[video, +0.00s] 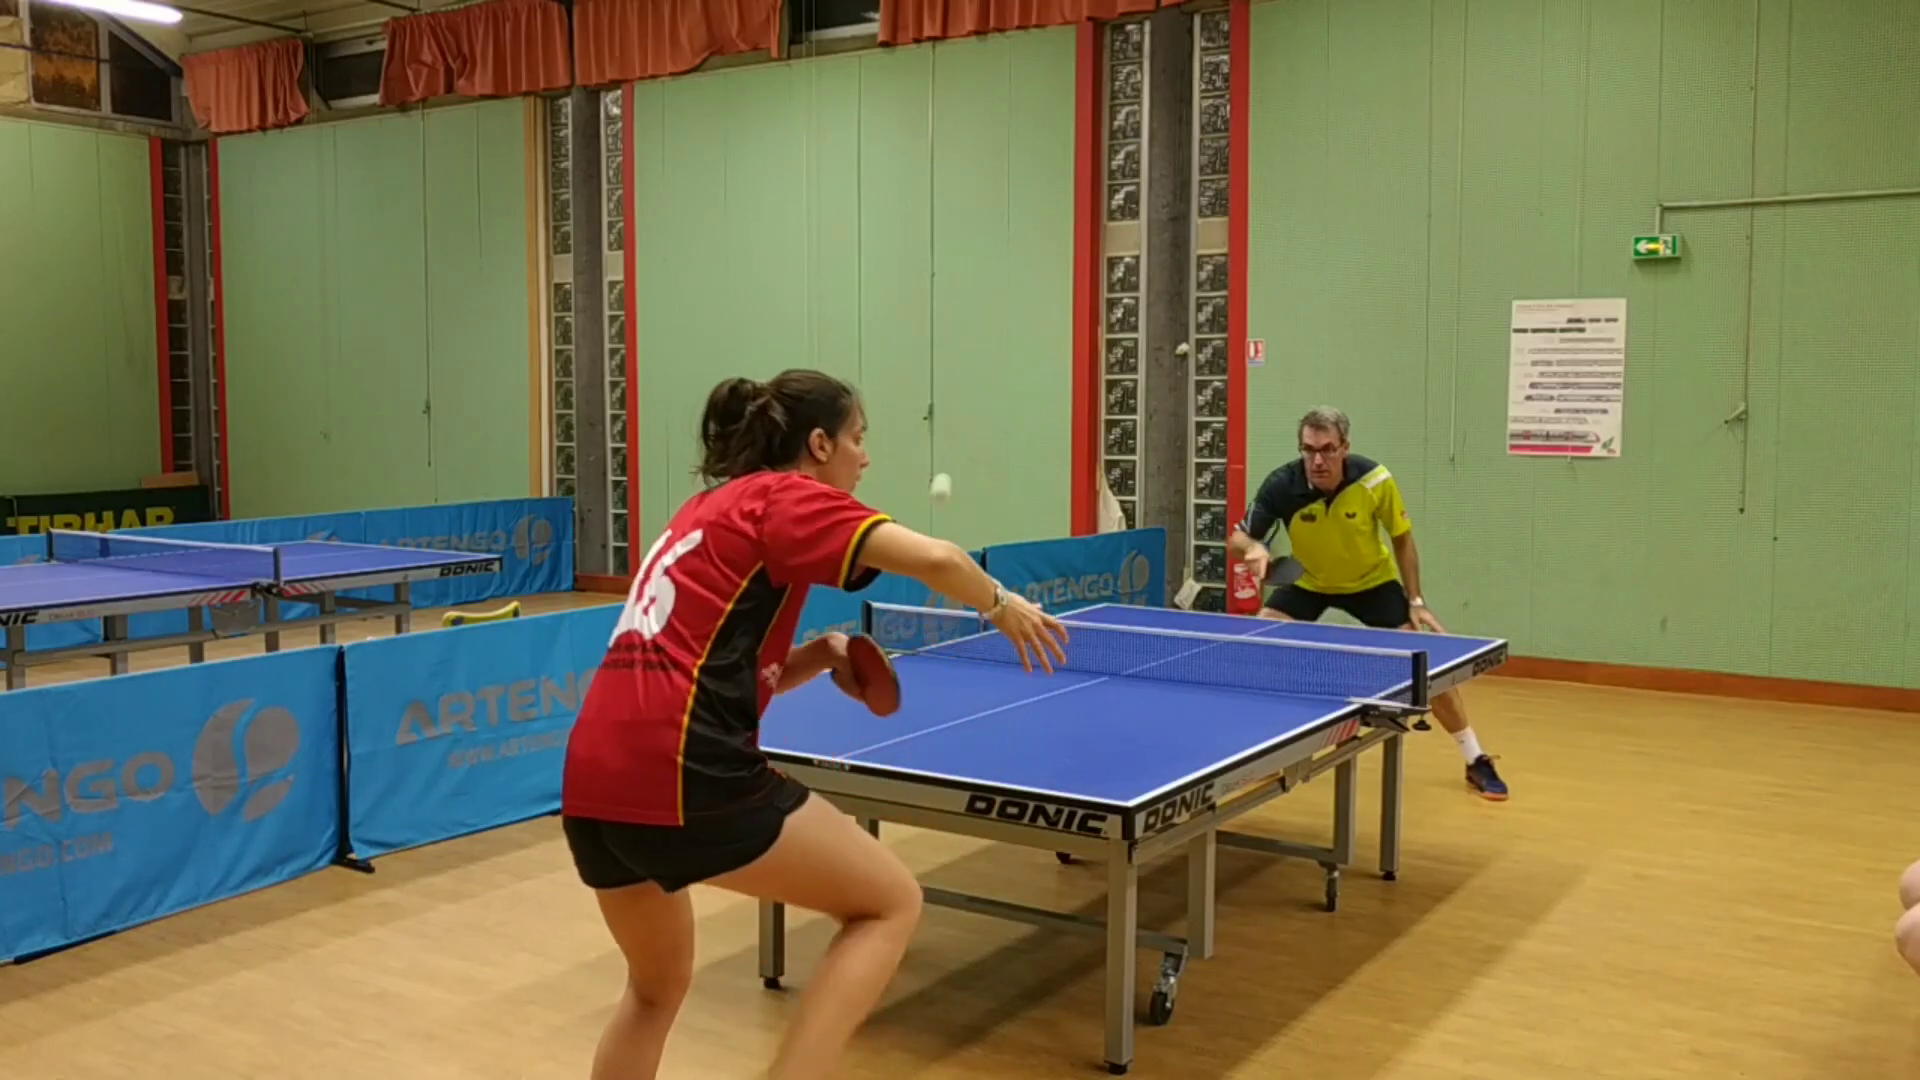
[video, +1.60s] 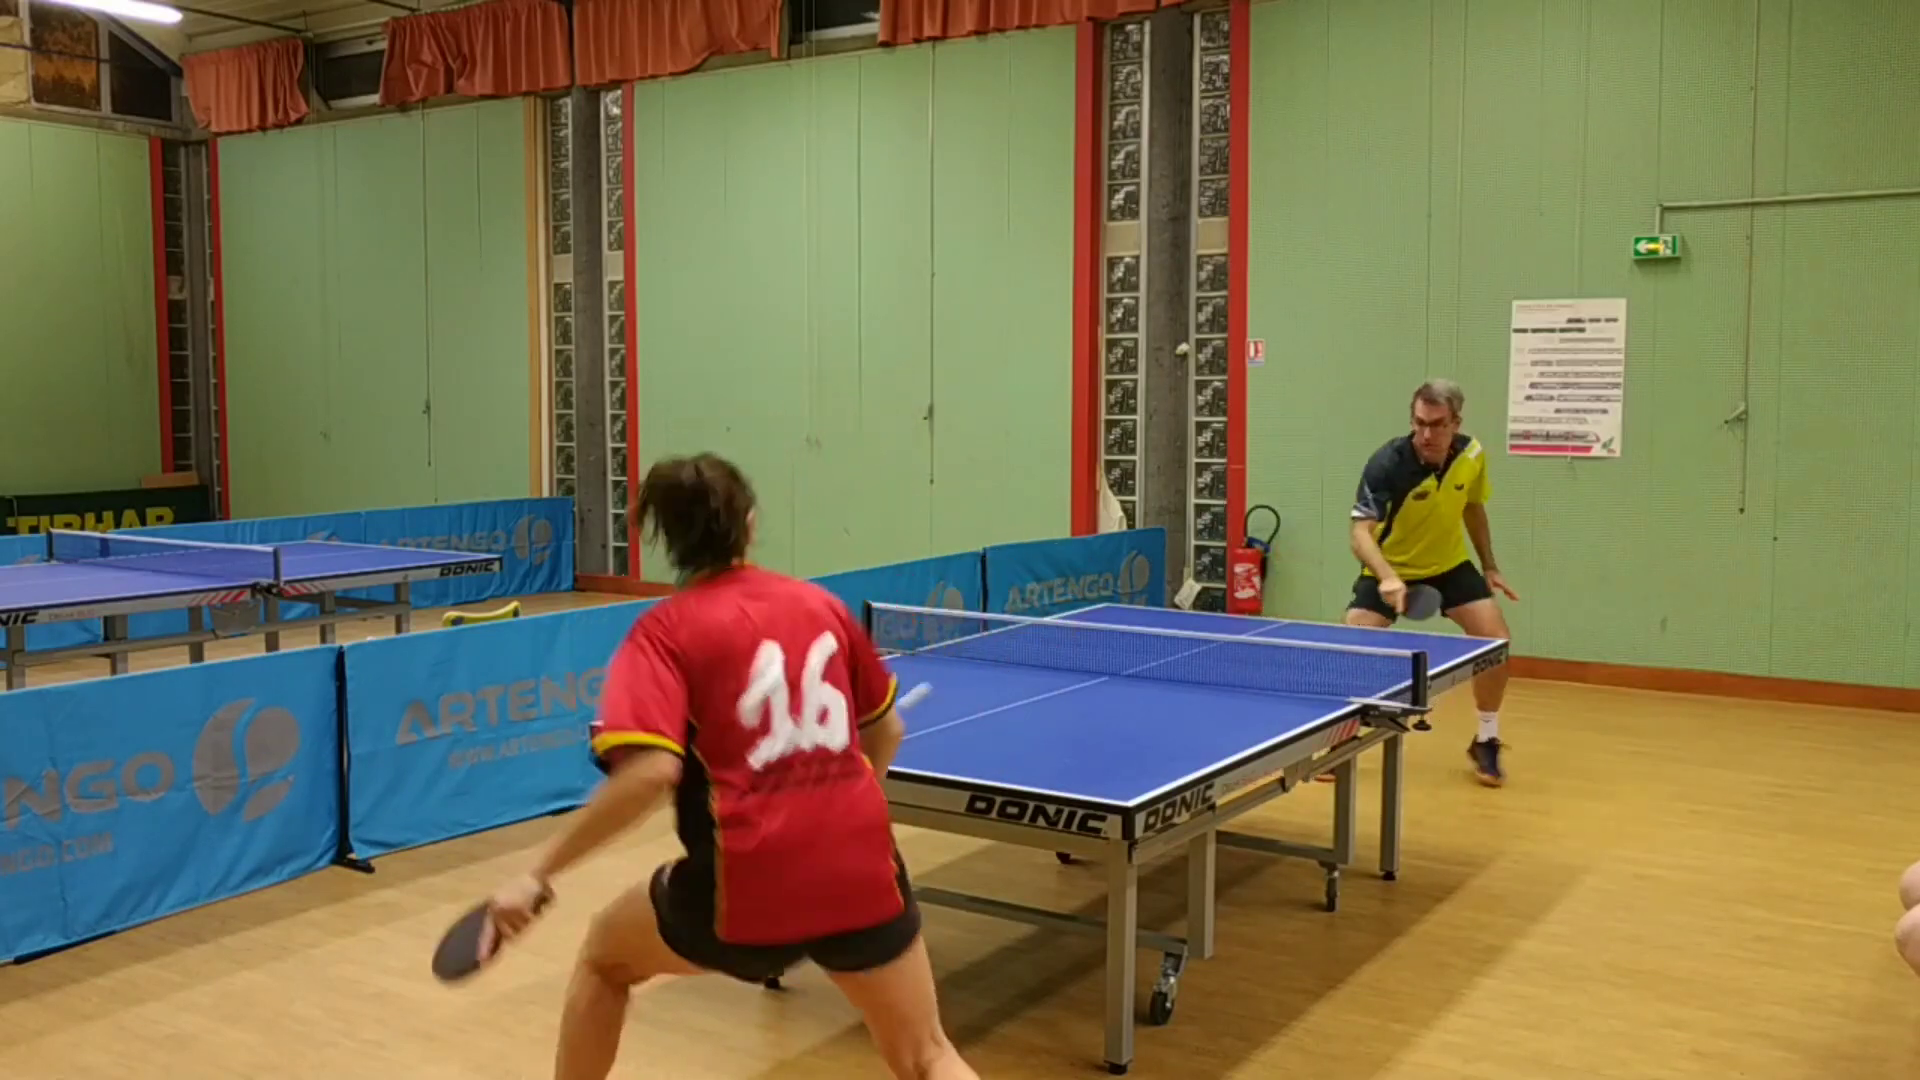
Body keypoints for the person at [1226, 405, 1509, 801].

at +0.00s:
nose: (1318, 461)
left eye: (1327, 450)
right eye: (1310, 451)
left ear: (1345, 448)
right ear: (1299, 450)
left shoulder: (1372, 478)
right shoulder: (1282, 485)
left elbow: (1403, 539)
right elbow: (1239, 538)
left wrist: (1415, 600)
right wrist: (1254, 548)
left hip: (1372, 583)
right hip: (1310, 583)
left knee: (1425, 658)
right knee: (1256, 643)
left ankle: (1476, 759)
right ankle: (1259, 753)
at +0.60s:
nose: (1348, 454)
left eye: (1357, 444)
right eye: (1339, 445)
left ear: (1370, 438)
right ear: (1326, 439)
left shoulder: (1388, 465)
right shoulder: (1299, 476)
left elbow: (1399, 521)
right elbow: (1269, 545)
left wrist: (1411, 577)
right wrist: (1323, 557)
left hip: (1374, 575)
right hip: (1311, 577)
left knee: (1422, 652)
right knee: (1268, 633)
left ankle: (1453, 751)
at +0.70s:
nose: (1381, 468)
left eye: (1390, 459)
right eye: (1372, 459)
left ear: (1401, 454)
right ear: (1355, 450)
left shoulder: (1409, 475)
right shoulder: (1329, 485)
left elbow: (1412, 529)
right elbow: (1315, 567)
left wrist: (1428, 584)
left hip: (1386, 582)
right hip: (1327, 582)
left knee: (1435, 642)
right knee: (1282, 632)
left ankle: (1456, 751)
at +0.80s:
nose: (1413, 481)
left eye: (1420, 472)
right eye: (1404, 470)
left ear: (1429, 468)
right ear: (1385, 461)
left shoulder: (1425, 486)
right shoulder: (1355, 498)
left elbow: (1423, 533)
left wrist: (1447, 584)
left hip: (1401, 579)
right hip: (1341, 580)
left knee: (1448, 648)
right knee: (1296, 637)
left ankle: (1456, 751)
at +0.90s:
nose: (1439, 488)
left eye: (1447, 480)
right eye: (1431, 478)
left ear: (1454, 475)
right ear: (1408, 469)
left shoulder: (1434, 492)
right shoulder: (1378, 506)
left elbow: (1430, 530)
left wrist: (1452, 580)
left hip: (1408, 579)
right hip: (1351, 582)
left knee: (1456, 649)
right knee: (1306, 645)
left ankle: (1458, 752)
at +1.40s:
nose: (1455, 444)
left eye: (1466, 436)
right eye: (1448, 433)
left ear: (1483, 435)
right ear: (1439, 428)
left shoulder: (1486, 464)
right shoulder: (1413, 465)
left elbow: (1475, 515)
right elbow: (1394, 531)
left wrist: (1484, 570)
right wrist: (1426, 573)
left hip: (1443, 568)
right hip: (1388, 562)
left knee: (1469, 646)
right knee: (1346, 636)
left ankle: (1458, 750)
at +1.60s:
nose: (1426, 434)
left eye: (1436, 425)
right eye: (1420, 424)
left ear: (1455, 423)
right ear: (1411, 420)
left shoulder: (1470, 455)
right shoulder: (1388, 462)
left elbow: (1473, 508)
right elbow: (1359, 533)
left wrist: (1489, 567)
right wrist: (1386, 576)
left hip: (1449, 565)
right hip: (1391, 569)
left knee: (1496, 644)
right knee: (1354, 647)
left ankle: (1487, 741)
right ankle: (1340, 743)